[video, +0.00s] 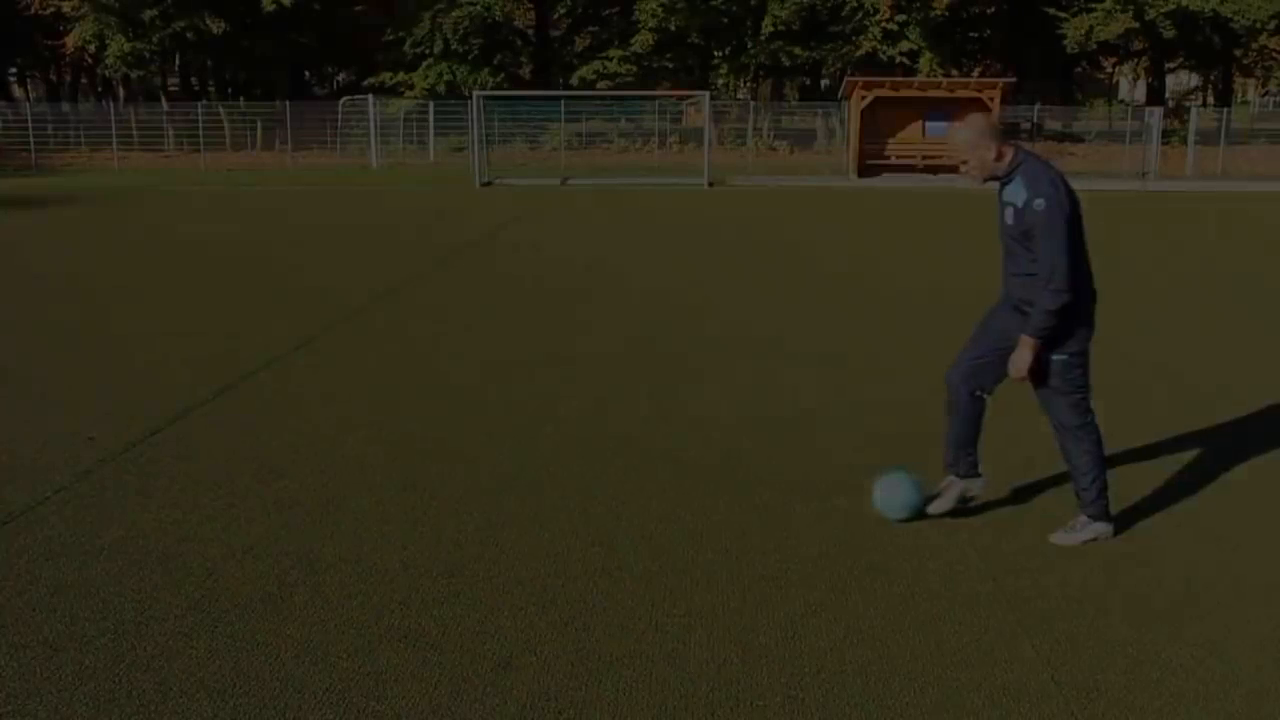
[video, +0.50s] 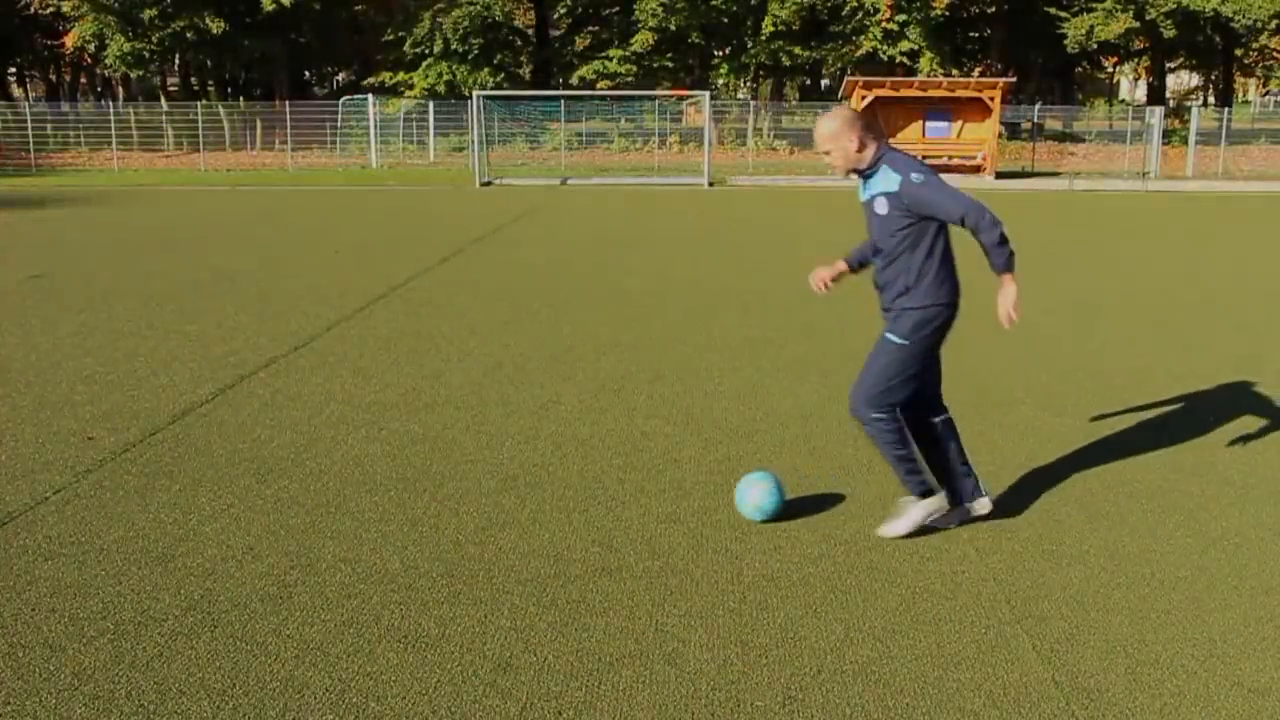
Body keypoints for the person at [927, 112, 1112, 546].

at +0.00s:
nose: (964, 172)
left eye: (967, 163)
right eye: (961, 163)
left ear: (997, 153)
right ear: (995, 153)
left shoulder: (1045, 192)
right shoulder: (1013, 178)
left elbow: (1056, 281)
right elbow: (1027, 260)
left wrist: (1030, 340)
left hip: (1058, 321)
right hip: (1018, 310)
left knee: (1071, 417)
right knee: (963, 379)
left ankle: (1096, 515)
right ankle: (962, 475)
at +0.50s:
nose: (828, 163)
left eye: (830, 154)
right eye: (825, 155)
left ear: (857, 143)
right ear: (856, 144)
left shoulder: (905, 177)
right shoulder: (873, 175)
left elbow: (977, 216)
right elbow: (887, 238)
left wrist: (1007, 278)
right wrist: (843, 265)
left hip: (923, 308)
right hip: (907, 307)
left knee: (869, 402)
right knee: (923, 405)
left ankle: (925, 495)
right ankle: (969, 496)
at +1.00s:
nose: (691, 126)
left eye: (691, 115)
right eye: (687, 117)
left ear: (716, 105)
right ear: (721, 102)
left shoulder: (748, 142)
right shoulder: (767, 129)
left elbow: (723, 220)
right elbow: (830, 163)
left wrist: (656, 219)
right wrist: (843, 213)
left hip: (770, 277)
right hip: (742, 267)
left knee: (761, 388)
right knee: (670, 302)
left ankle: (779, 501)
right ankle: (706, 402)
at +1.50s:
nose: (620, 103)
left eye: (620, 93)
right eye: (616, 94)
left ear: (646, 79)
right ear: (654, 74)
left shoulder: (675, 121)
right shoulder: (708, 95)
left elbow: (692, 212)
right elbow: (771, 124)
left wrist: (656, 273)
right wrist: (805, 173)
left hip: (716, 250)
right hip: (720, 235)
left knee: (690, 357)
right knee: (620, 280)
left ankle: (679, 477)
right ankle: (642, 389)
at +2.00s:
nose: (555, 192)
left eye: (555, 183)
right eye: (551, 185)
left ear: (578, 169)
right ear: (581, 166)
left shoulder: (609, 215)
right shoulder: (645, 172)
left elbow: (632, 303)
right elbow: (708, 197)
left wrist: (642, 374)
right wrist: (753, 238)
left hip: (651, 323)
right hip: (672, 306)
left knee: (609, 426)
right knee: (568, 354)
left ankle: (661, 528)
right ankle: (524, 454)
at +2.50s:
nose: (502, 173)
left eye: (501, 163)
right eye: (498, 165)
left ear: (523, 151)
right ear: (530, 146)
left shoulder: (547, 193)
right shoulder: (592, 166)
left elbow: (565, 278)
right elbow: (649, 204)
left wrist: (576, 348)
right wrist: (685, 253)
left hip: (582, 316)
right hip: (608, 303)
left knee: (586, 426)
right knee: (529, 380)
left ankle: (654, 517)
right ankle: (476, 457)